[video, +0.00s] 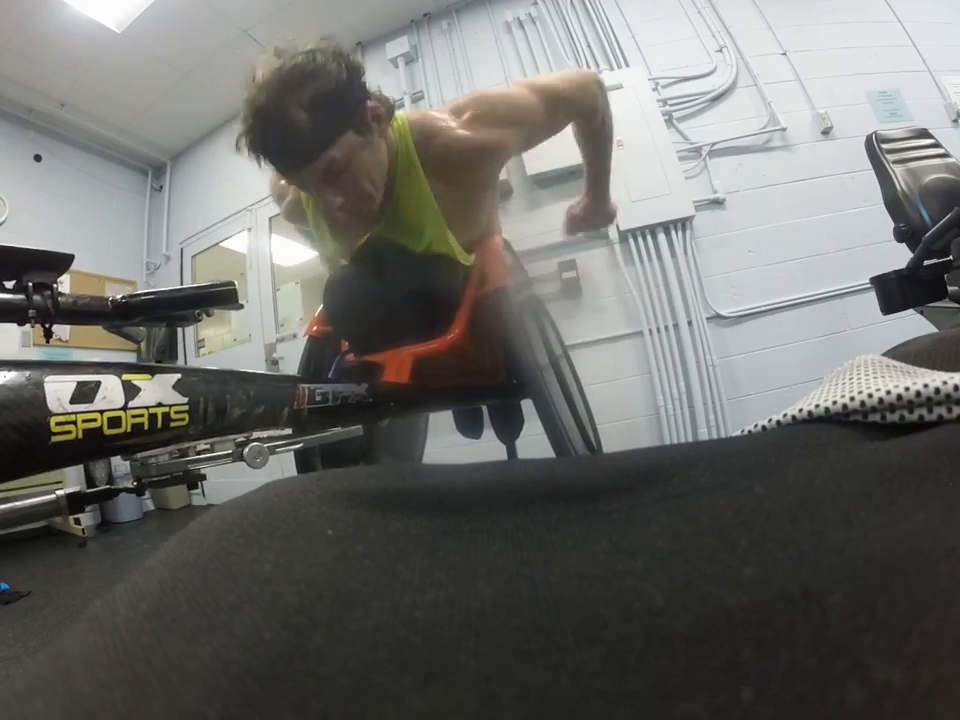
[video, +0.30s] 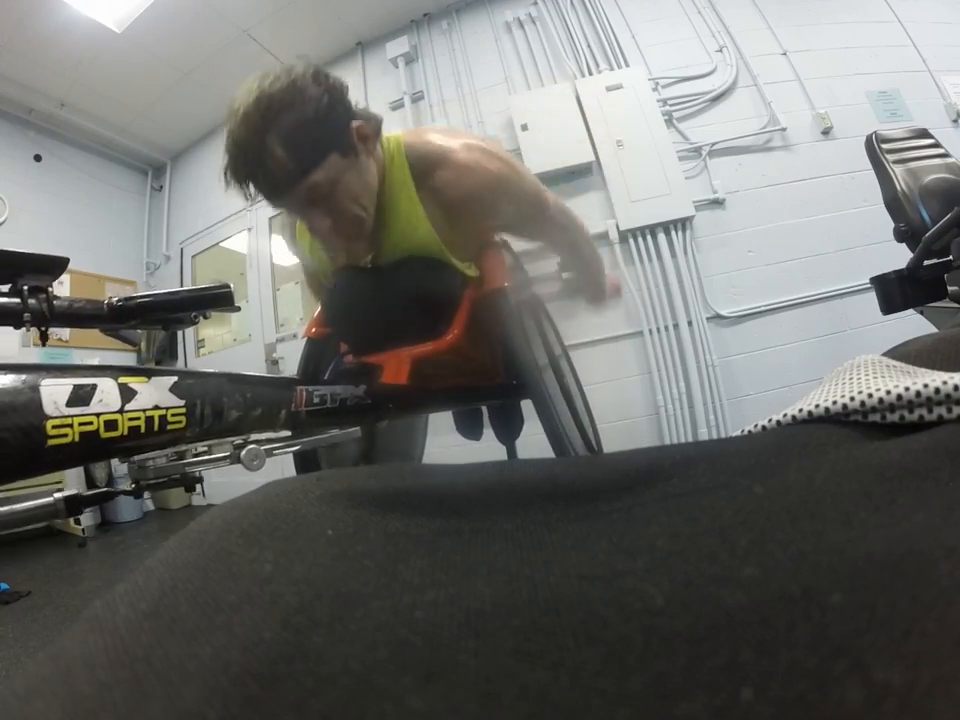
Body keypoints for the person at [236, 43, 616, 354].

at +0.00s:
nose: (333, 202)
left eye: (336, 173)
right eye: (308, 190)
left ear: (374, 121)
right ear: (290, 181)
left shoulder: (456, 142)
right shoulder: (297, 205)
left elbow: (585, 91)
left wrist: (597, 200)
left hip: (476, 297)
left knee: (349, 291)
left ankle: (493, 383)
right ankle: (465, 390)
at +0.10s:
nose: (344, 254)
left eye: (349, 227)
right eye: (322, 243)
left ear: (378, 159)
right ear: (290, 222)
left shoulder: (458, 157)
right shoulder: (294, 216)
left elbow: (609, 191)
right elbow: (284, 278)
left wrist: (584, 336)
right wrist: (328, 340)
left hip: (480, 310)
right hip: (380, 337)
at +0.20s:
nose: (328, 264)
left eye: (333, 238)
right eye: (307, 253)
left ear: (365, 172)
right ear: (282, 247)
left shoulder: (461, 180)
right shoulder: (290, 257)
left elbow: (562, 277)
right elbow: (332, 343)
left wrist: (602, 380)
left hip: (488, 305)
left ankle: (495, 396)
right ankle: (462, 397)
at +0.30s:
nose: (319, 225)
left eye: (323, 194)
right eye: (296, 212)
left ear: (364, 141)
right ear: (280, 206)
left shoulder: (459, 174)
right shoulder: (298, 225)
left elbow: (556, 222)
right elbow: (324, 291)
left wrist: (594, 284)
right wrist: (340, 333)